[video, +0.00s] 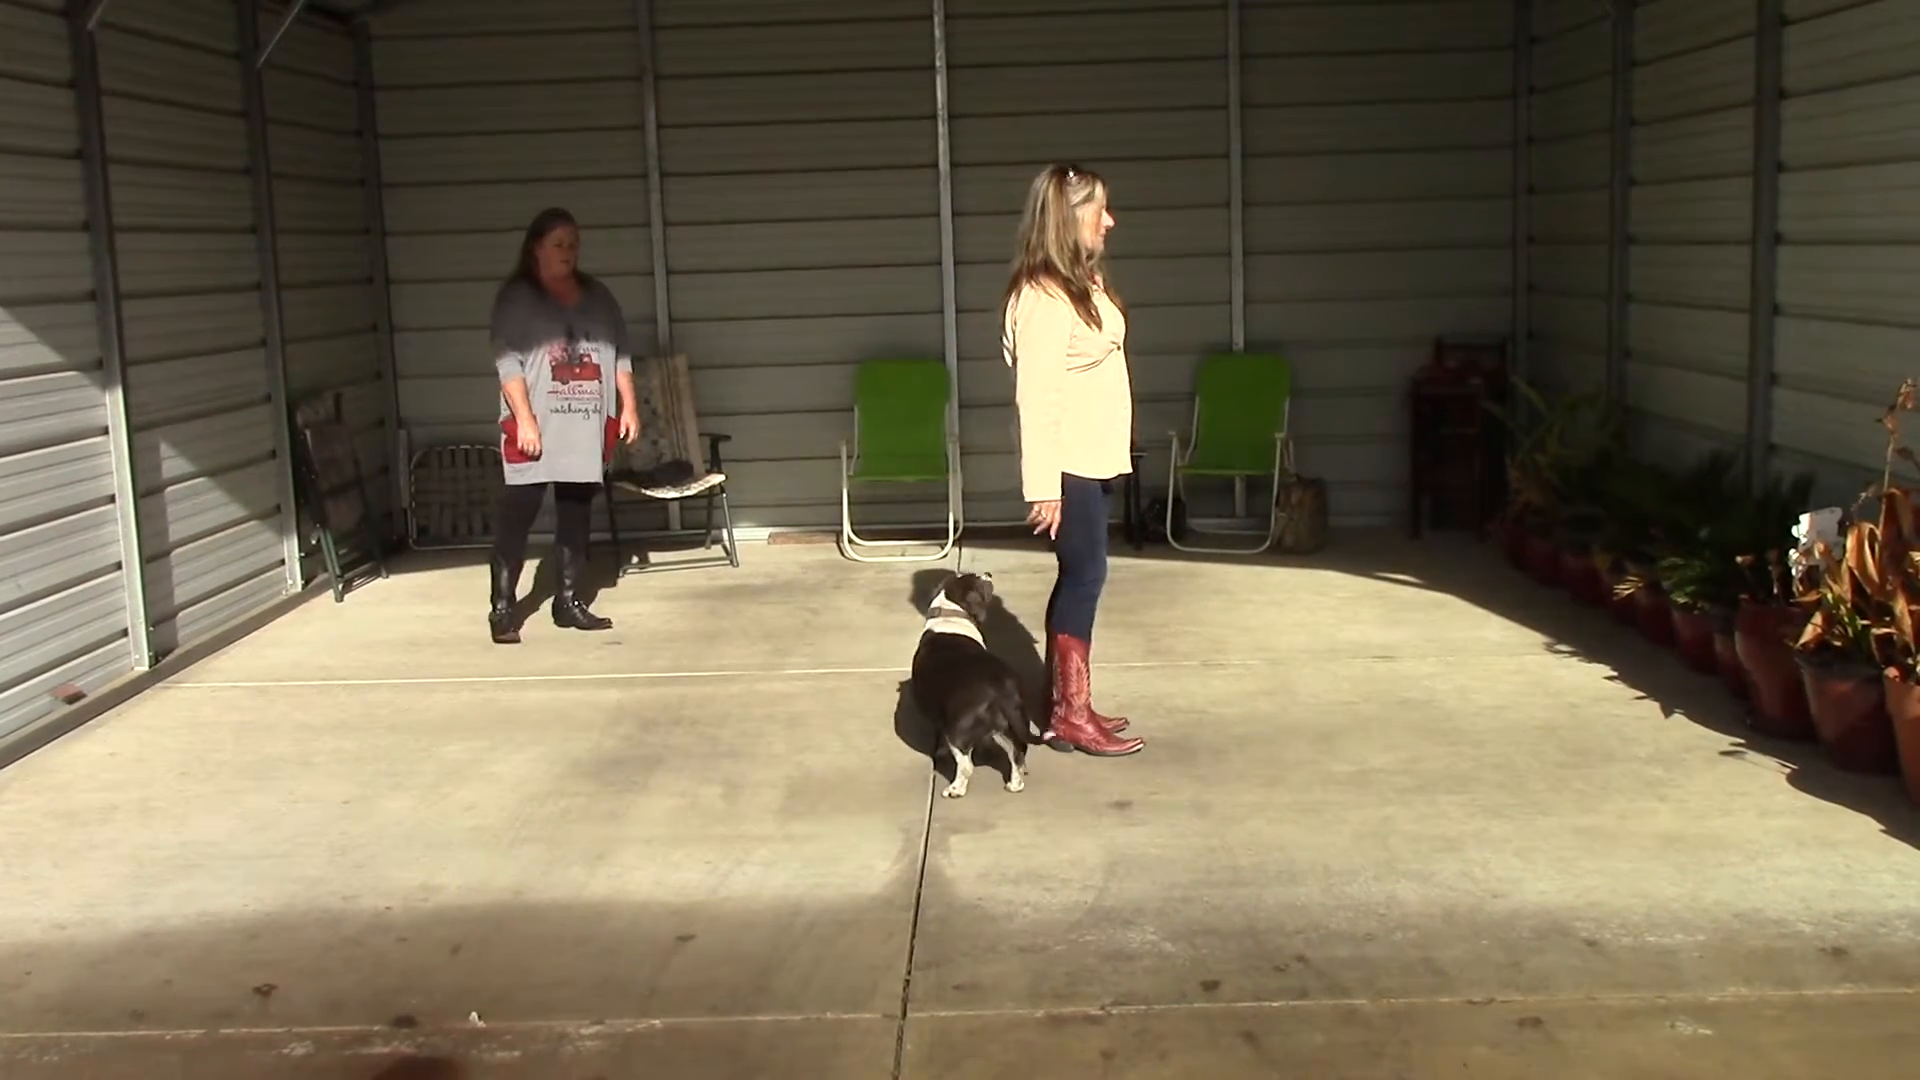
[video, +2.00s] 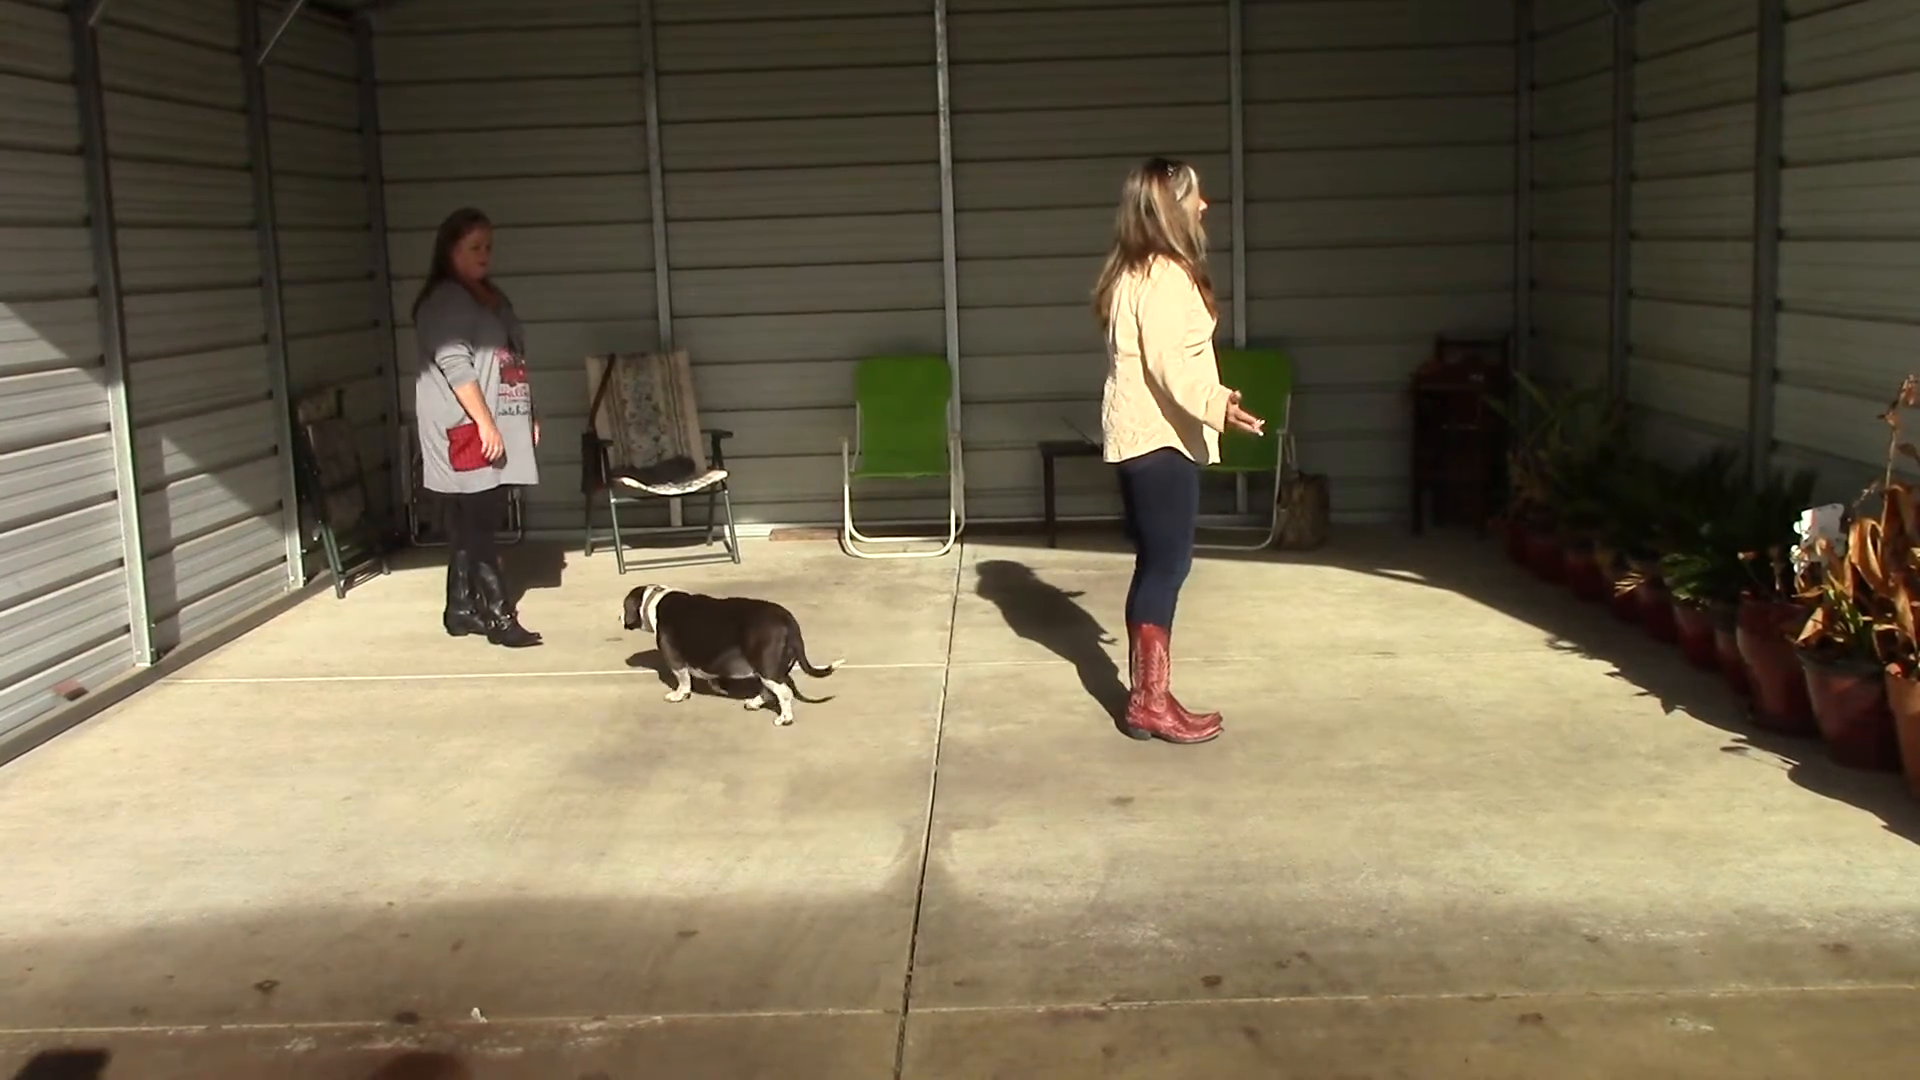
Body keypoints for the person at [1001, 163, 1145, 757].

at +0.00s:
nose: (1108, 222)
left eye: (1106, 211)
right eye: (1098, 212)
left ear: (1076, 220)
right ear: (1068, 217)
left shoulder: (1084, 286)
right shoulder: (1041, 297)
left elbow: (1091, 386)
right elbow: (1035, 399)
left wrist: (1106, 460)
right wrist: (1043, 486)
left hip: (1094, 460)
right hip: (1068, 464)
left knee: (1078, 574)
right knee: (1085, 574)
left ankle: (1068, 704)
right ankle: (1069, 714)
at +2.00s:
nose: (1204, 205)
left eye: (1201, 196)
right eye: (1195, 197)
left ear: (1152, 207)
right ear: (1172, 207)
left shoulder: (1137, 273)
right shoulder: (1165, 275)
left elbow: (1162, 363)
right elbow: (1171, 363)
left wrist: (1218, 399)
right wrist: (1217, 406)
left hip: (1141, 440)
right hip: (1161, 442)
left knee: (1155, 561)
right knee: (1168, 562)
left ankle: (1146, 694)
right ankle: (1151, 700)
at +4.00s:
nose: (1217, 205)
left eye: (1214, 195)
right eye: (1209, 196)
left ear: (1165, 202)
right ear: (1185, 203)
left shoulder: (1147, 270)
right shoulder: (1170, 274)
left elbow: (1176, 367)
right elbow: (1178, 367)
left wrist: (1230, 412)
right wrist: (1228, 419)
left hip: (1148, 438)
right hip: (1167, 440)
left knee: (1158, 559)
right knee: (1181, 559)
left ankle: (1148, 693)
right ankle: (1155, 697)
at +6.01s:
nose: (1224, 235)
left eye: (1229, 223)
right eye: (1214, 223)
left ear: (1232, 226)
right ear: (1183, 225)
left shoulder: (1212, 293)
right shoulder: (1146, 294)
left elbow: (1220, 375)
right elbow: (1114, 386)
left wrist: (1232, 430)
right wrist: (1107, 469)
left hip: (1191, 457)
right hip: (1152, 456)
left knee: (1172, 565)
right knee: (1154, 566)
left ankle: (1160, 692)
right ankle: (1149, 698)